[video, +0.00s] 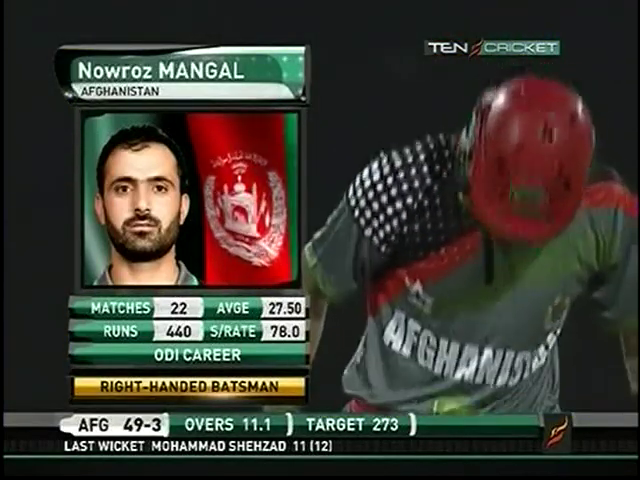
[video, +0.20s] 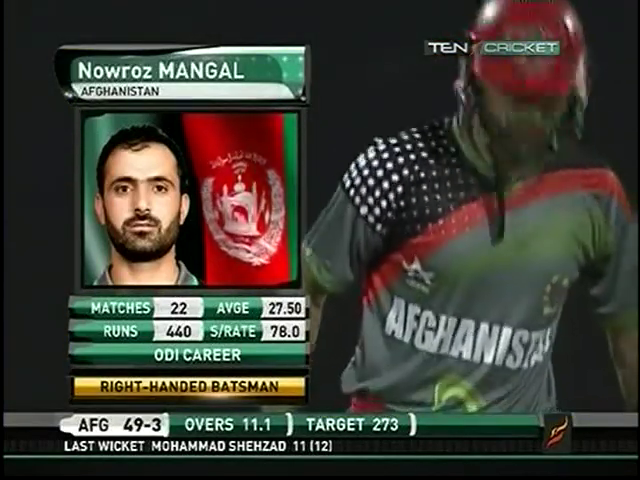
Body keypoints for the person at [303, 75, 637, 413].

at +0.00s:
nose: (518, 234)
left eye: (536, 221)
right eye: (505, 215)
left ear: (575, 183)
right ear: (473, 163)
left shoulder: (607, 214)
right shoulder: (398, 189)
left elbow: (634, 338)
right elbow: (312, 291)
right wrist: (278, 412)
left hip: (524, 438)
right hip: (390, 434)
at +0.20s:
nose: (533, 119)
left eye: (548, 101)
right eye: (516, 100)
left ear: (573, 92)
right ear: (473, 82)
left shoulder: (595, 193)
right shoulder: (393, 171)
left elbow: (628, 335)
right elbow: (309, 292)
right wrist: (274, 418)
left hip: (521, 447)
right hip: (387, 440)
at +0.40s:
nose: (507, 84)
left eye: (526, 66)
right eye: (487, 66)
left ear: (551, 80)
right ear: (449, 78)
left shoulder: (576, 211)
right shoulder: (376, 193)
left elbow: (610, 350)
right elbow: (291, 322)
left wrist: (625, 453)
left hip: (512, 465)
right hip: (376, 458)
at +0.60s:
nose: (492, 101)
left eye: (510, 82)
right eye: (470, 84)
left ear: (536, 98)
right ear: (433, 99)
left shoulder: (563, 237)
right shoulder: (369, 221)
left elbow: (588, 385)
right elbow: (295, 362)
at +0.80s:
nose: (474, 123)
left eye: (491, 102)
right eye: (451, 105)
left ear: (519, 112)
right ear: (417, 116)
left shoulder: (549, 248)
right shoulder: (356, 237)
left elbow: (571, 396)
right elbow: (297, 388)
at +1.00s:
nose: (443, 140)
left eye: (460, 120)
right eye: (420, 124)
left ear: (489, 126)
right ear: (388, 135)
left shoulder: (527, 248)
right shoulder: (336, 262)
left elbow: (557, 389)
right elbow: (301, 416)